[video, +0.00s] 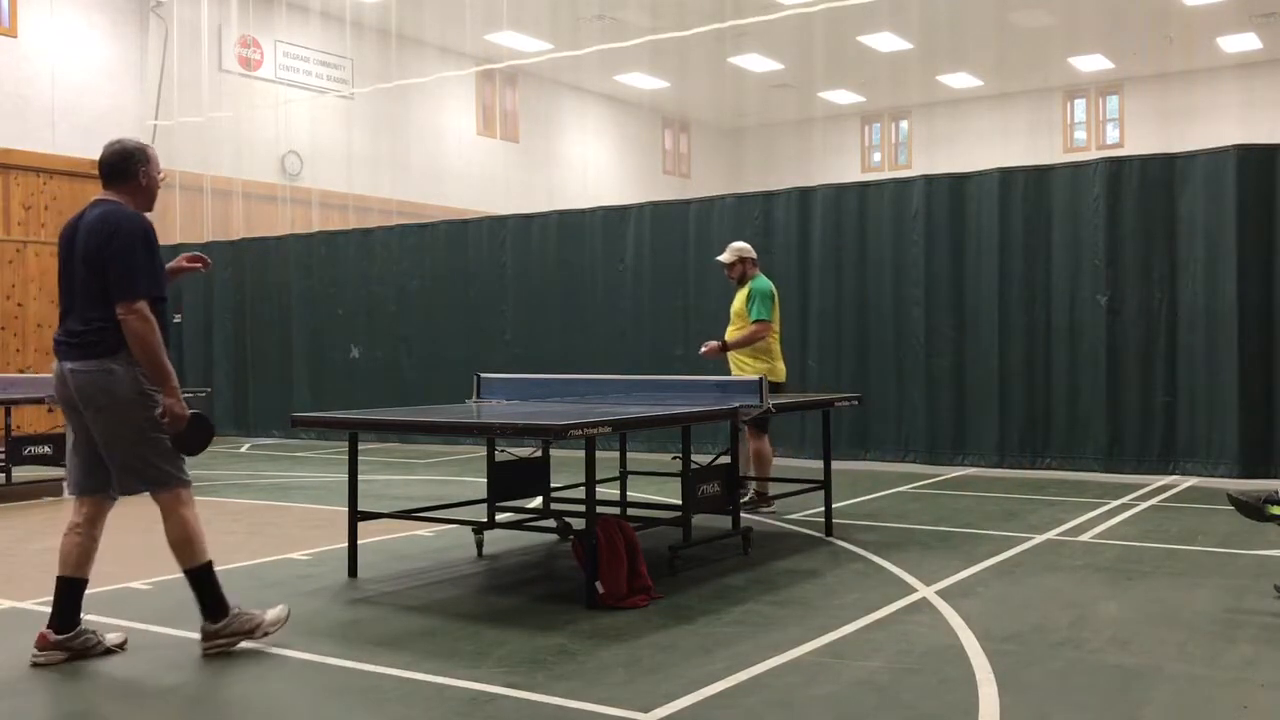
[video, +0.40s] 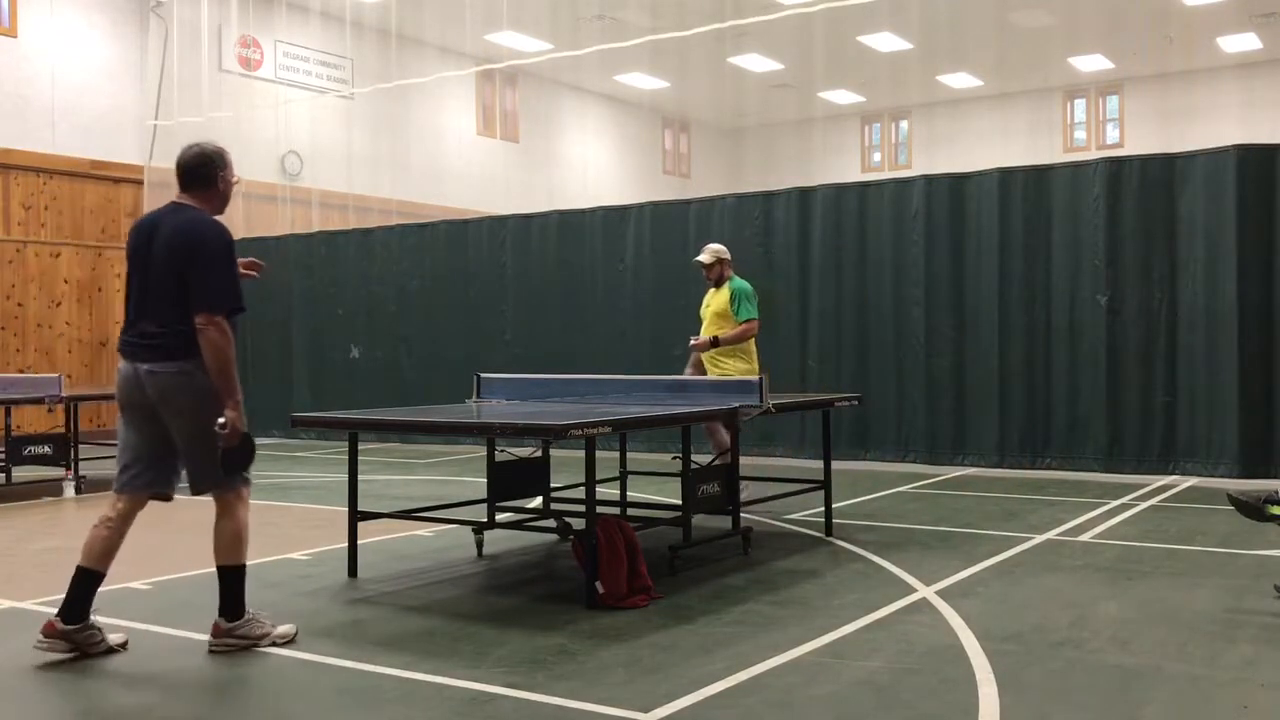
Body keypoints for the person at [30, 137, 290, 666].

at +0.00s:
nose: (160, 183)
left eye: (158, 175)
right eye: (157, 174)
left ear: (105, 176)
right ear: (143, 175)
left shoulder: (77, 225)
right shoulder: (130, 225)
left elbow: (104, 292)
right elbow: (134, 313)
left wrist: (167, 271)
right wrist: (171, 390)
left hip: (74, 374)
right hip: (116, 375)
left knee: (90, 502)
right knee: (174, 493)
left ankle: (61, 630)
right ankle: (220, 618)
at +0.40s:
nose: (235, 187)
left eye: (233, 179)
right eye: (232, 180)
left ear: (183, 181)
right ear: (220, 183)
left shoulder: (144, 227)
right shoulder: (212, 235)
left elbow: (165, 280)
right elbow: (210, 324)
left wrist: (225, 268)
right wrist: (233, 403)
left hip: (136, 373)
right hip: (187, 376)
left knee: (125, 500)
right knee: (232, 493)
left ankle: (70, 620)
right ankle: (233, 619)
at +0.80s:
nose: (283, 192)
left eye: (282, 184)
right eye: (283, 184)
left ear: (233, 179)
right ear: (273, 185)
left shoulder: (189, 221)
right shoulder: (266, 237)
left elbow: (177, 296)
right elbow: (279, 329)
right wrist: (314, 399)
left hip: (172, 366)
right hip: (229, 373)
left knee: (175, 489)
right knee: (243, 496)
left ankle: (129, 599)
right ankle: (234, 618)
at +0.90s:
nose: (283, 190)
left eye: (282, 182)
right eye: (283, 183)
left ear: (233, 181)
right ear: (272, 185)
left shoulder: (191, 222)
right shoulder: (266, 237)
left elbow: (174, 296)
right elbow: (280, 329)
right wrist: (317, 393)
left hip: (174, 366)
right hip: (232, 372)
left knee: (177, 490)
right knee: (244, 495)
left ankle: (156, 605)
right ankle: (234, 619)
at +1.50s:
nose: (238, 196)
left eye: (237, 188)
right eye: (237, 189)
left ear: (190, 187)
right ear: (226, 189)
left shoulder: (158, 232)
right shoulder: (217, 234)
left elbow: (175, 287)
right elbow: (211, 315)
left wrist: (235, 276)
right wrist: (235, 387)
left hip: (149, 369)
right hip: (189, 371)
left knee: (181, 488)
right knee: (232, 487)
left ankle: (174, 604)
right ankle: (232, 614)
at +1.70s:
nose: (237, 200)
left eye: (236, 191)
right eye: (235, 191)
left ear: (189, 188)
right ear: (221, 190)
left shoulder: (159, 229)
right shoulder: (204, 230)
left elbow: (177, 298)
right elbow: (193, 309)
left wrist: (238, 284)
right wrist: (217, 382)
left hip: (143, 365)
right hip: (176, 367)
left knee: (173, 489)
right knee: (214, 486)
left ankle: (174, 605)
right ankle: (227, 612)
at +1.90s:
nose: (233, 197)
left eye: (232, 190)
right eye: (231, 189)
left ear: (183, 189)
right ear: (218, 189)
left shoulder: (160, 227)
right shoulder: (196, 227)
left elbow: (184, 301)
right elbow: (185, 305)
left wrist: (239, 289)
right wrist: (210, 378)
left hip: (136, 362)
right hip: (167, 363)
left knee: (168, 490)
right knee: (201, 485)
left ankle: (170, 607)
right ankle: (191, 614)